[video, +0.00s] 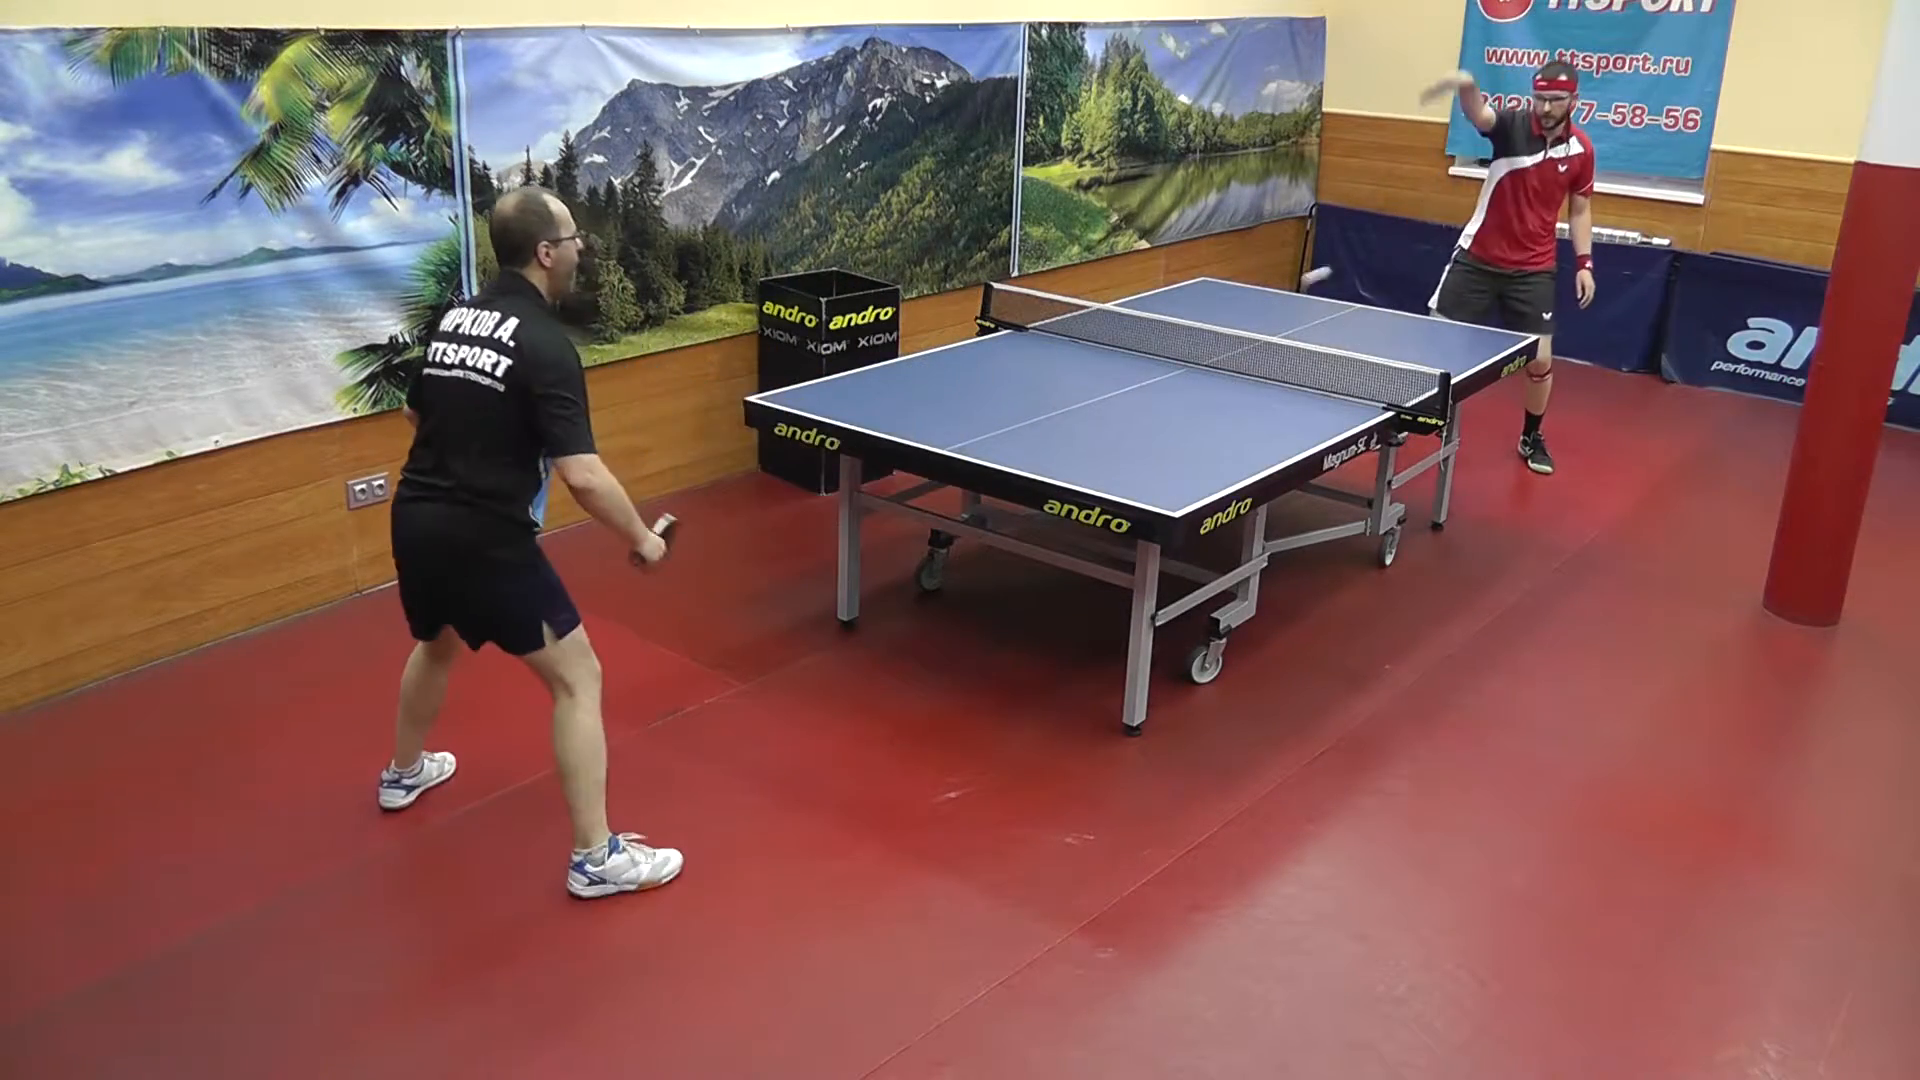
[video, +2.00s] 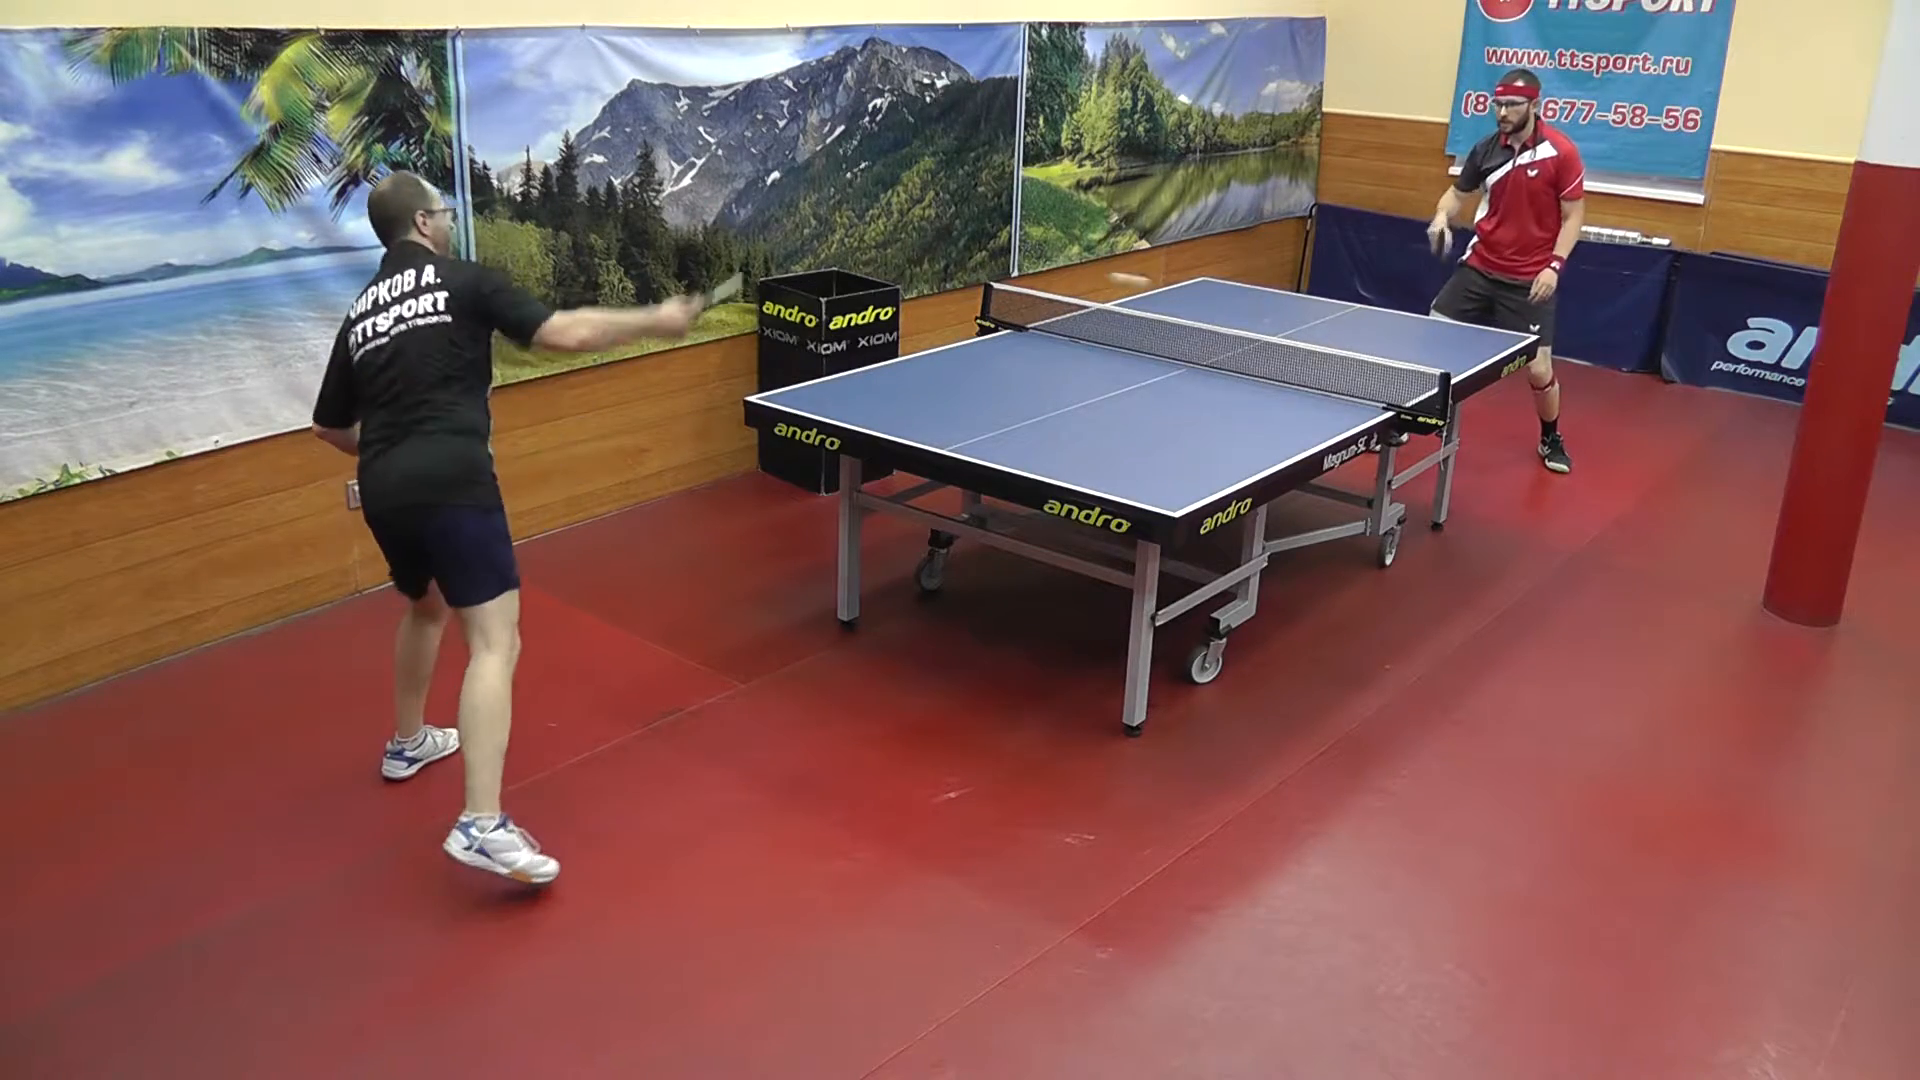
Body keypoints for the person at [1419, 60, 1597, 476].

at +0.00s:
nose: (1547, 108)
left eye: (1557, 100)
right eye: (1541, 99)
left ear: (1573, 101)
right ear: (1532, 95)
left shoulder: (1580, 149)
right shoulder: (1511, 120)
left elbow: (1580, 210)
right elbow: (1480, 116)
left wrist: (1584, 265)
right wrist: (1467, 89)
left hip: (1533, 269)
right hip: (1476, 258)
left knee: (1541, 361)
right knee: (1435, 338)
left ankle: (1532, 437)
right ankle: (1424, 410)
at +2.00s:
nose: (1504, 113)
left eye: (1514, 105)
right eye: (1500, 104)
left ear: (1534, 106)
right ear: (1494, 104)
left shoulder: (1561, 154)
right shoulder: (1484, 151)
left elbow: (1573, 216)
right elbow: (1457, 193)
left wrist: (1553, 267)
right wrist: (1442, 216)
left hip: (1531, 280)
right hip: (1478, 270)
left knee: (1539, 372)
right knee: (1431, 337)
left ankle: (1550, 438)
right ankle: (1417, 411)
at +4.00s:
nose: (1412, 97)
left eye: (1421, 88)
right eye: (1407, 88)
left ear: (1444, 89)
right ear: (1403, 91)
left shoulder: (1480, 132)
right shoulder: (1404, 142)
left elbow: (1511, 186)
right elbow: (1372, 196)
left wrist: (1514, 228)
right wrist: (1329, 202)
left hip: (1481, 270)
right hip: (1425, 268)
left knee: (1504, 356)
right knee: (1391, 343)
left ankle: (1520, 441)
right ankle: (1385, 427)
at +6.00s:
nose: (1602, 84)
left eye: (1611, 76)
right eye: (1597, 75)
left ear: (1626, 77)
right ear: (1589, 74)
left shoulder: (1645, 123)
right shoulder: (1574, 116)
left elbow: (1656, 182)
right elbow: (1555, 168)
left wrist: (1665, 237)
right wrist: (1531, 217)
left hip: (1610, 241)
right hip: (1562, 232)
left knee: (1596, 322)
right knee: (1544, 312)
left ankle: (1579, 401)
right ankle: (1536, 398)